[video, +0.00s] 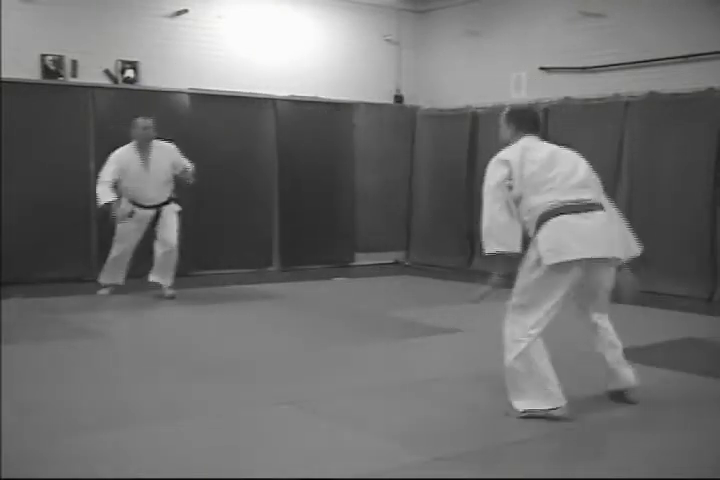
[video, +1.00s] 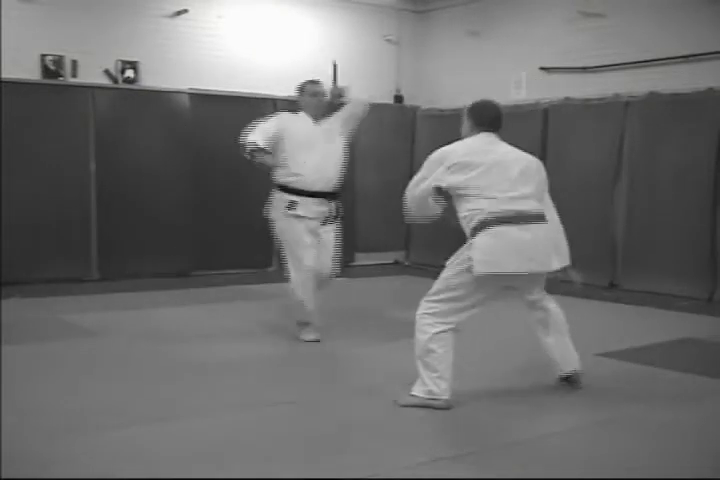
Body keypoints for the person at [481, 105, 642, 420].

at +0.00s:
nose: (501, 133)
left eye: (502, 127)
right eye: (501, 127)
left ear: (511, 129)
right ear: (537, 128)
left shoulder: (505, 160)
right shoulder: (569, 155)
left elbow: (497, 215)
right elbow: (603, 204)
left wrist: (500, 269)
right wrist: (624, 255)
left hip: (558, 241)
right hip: (603, 236)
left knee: (522, 322)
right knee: (596, 313)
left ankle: (545, 401)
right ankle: (623, 378)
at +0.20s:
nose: (491, 110)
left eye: (493, 105)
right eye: (491, 105)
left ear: (500, 104)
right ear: (528, 103)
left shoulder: (494, 137)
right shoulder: (565, 133)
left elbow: (479, 186)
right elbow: (600, 180)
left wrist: (463, 241)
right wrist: (619, 231)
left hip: (537, 224)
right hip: (584, 220)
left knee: (494, 304)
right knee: (593, 310)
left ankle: (498, 384)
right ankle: (621, 385)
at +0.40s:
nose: (478, 98)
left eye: (479, 92)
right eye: (479, 92)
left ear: (487, 92)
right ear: (515, 92)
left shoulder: (481, 127)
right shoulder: (550, 126)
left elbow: (458, 180)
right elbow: (571, 181)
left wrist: (450, 236)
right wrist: (576, 226)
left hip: (512, 221)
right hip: (559, 219)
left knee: (473, 305)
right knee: (560, 293)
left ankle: (460, 393)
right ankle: (590, 366)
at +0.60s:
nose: (477, 94)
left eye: (478, 88)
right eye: (478, 88)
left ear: (486, 88)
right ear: (514, 88)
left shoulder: (478, 123)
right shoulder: (547, 124)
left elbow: (452, 172)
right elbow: (555, 170)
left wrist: (444, 213)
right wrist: (532, 198)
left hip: (505, 218)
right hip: (550, 217)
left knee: (461, 299)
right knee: (552, 296)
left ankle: (451, 387)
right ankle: (568, 372)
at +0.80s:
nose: (464, 116)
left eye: (464, 112)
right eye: (464, 112)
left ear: (470, 112)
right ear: (501, 112)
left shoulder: (461, 144)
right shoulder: (533, 146)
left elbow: (425, 193)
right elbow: (549, 197)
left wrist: (419, 227)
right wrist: (546, 235)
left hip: (494, 235)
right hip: (542, 233)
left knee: (442, 306)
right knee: (545, 301)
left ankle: (433, 389)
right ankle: (567, 375)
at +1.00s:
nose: (461, 127)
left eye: (463, 122)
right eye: (463, 122)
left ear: (469, 125)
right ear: (499, 127)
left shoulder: (450, 155)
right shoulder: (529, 160)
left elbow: (414, 206)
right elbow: (550, 215)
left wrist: (440, 202)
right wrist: (563, 260)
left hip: (491, 248)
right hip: (539, 247)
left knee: (434, 312)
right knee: (537, 298)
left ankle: (433, 390)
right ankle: (570, 368)